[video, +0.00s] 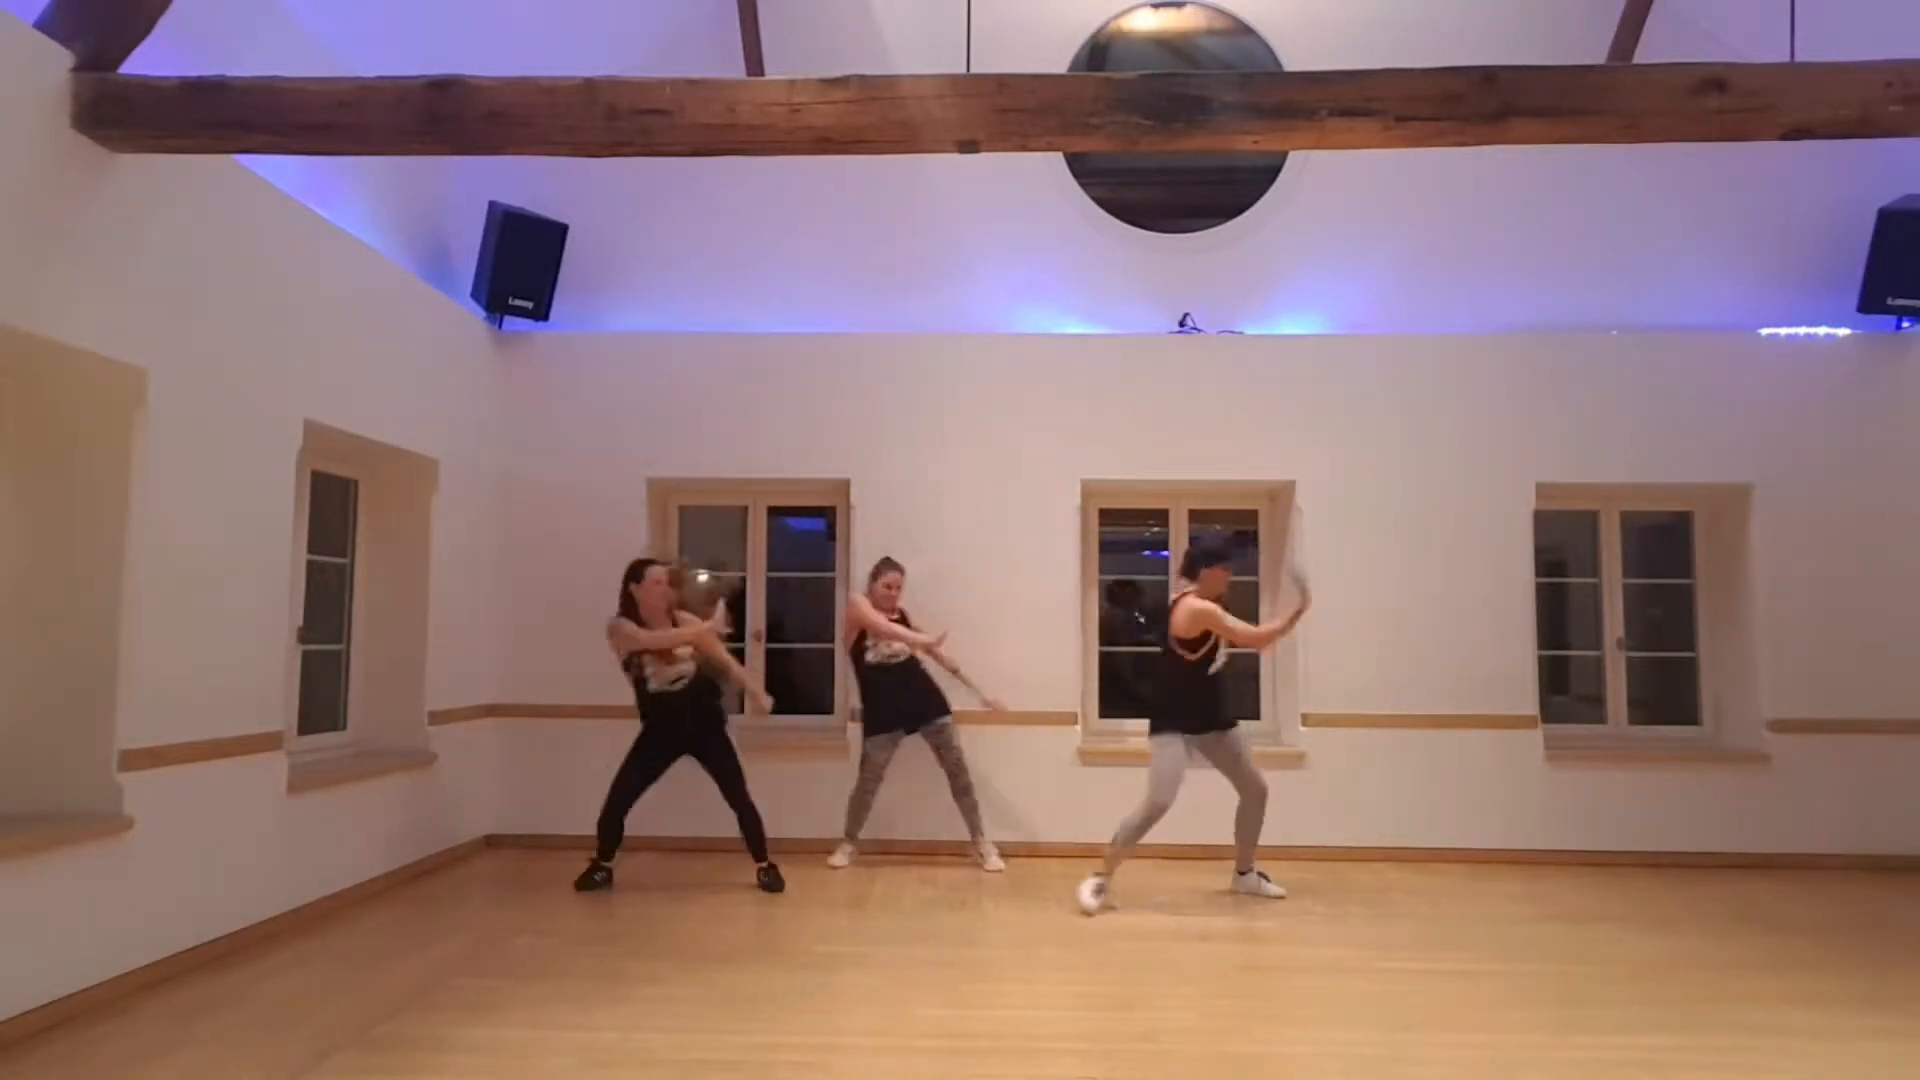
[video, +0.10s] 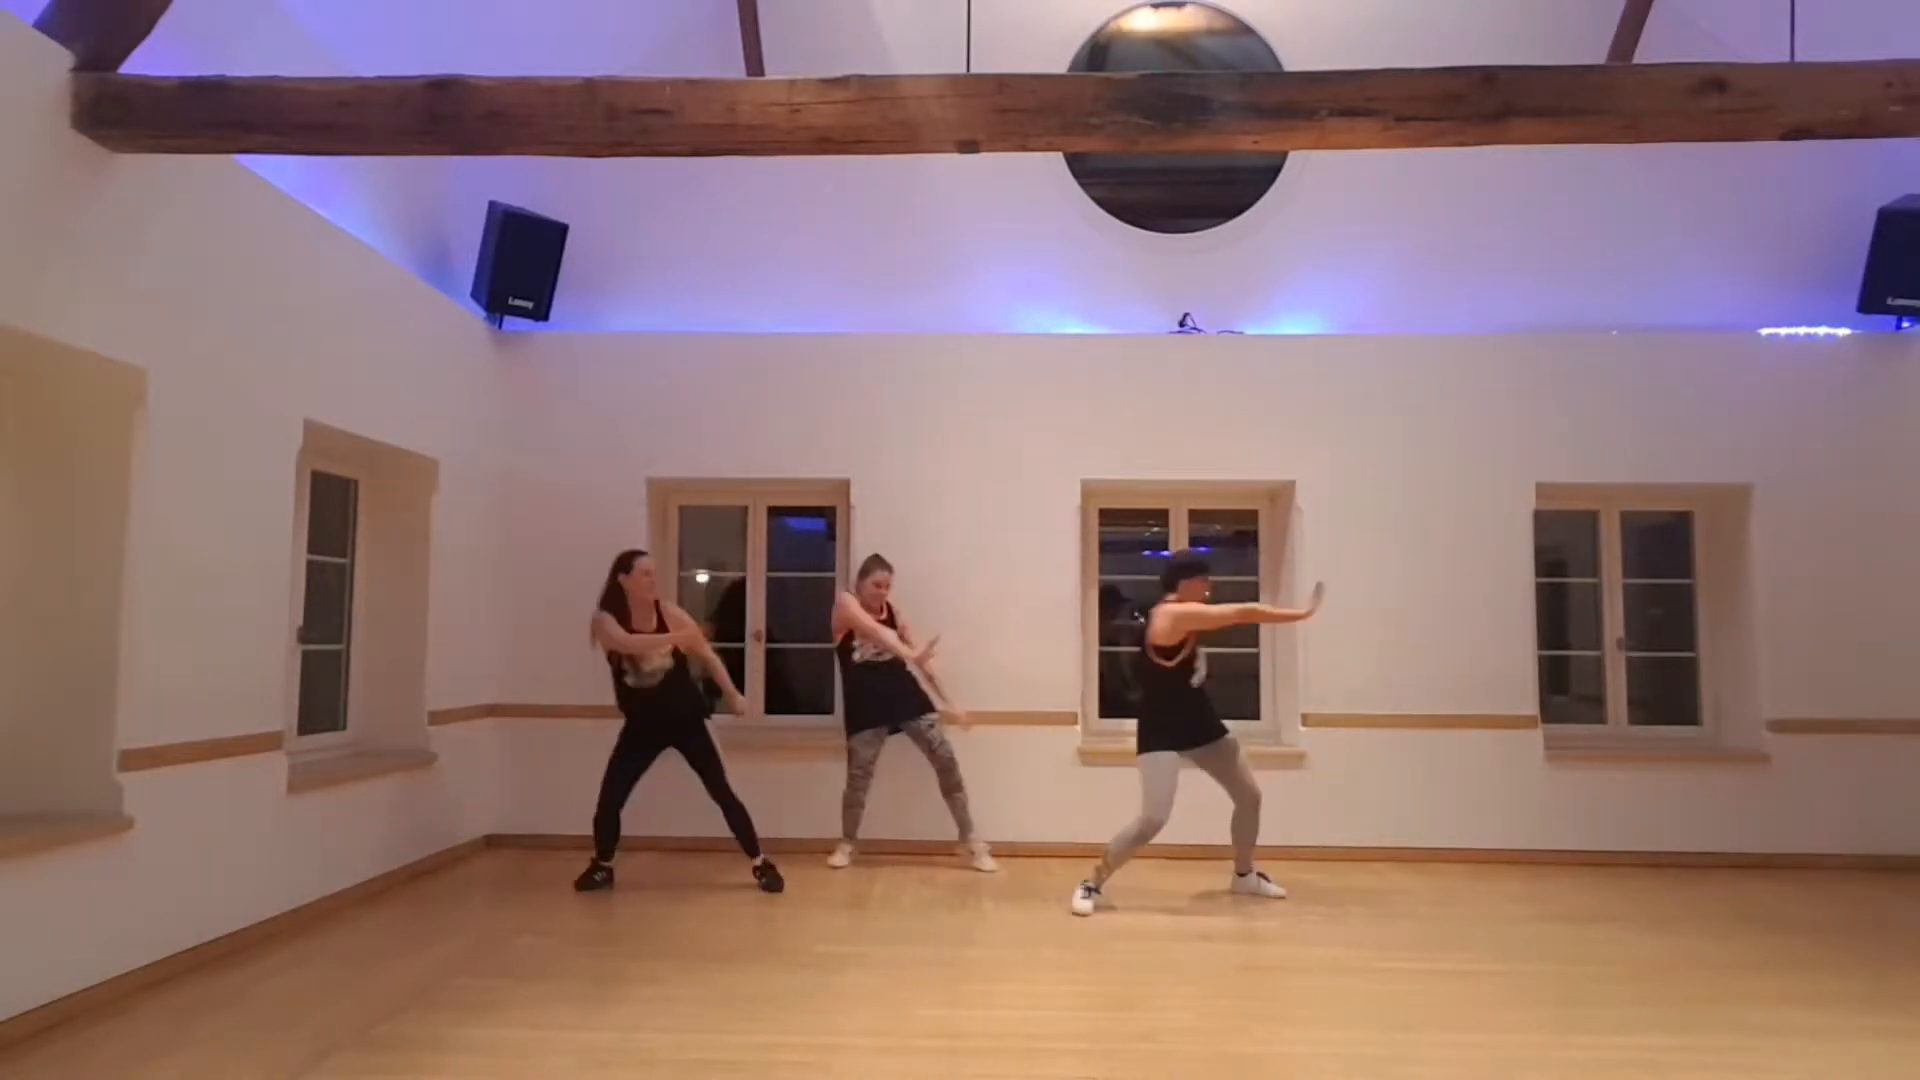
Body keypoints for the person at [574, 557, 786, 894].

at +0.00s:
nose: (665, 590)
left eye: (668, 584)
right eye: (657, 584)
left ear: (673, 590)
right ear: (634, 590)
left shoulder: (686, 621)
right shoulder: (620, 628)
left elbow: (723, 659)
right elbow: (644, 641)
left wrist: (756, 691)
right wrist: (706, 629)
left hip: (705, 730)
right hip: (660, 734)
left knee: (739, 799)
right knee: (617, 800)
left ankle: (764, 865)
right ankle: (602, 865)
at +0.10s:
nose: (653, 580)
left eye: (654, 574)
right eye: (645, 574)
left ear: (655, 579)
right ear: (623, 580)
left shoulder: (672, 615)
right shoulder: (606, 620)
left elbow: (706, 654)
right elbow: (623, 644)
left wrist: (732, 693)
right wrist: (676, 639)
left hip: (686, 721)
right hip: (642, 726)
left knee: (721, 792)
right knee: (609, 798)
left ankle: (759, 862)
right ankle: (602, 865)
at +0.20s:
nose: (650, 562)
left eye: (651, 556)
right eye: (642, 556)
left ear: (651, 561)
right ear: (619, 561)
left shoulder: (666, 597)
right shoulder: (600, 602)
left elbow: (701, 636)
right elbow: (597, 640)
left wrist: (721, 678)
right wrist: (628, 663)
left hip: (672, 702)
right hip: (629, 706)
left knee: (705, 779)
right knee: (610, 789)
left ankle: (745, 856)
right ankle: (603, 864)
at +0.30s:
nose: (652, 550)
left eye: (653, 544)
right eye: (645, 545)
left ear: (653, 548)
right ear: (623, 549)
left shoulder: (666, 585)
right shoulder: (596, 592)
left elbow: (704, 614)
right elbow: (555, 627)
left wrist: (712, 661)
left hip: (665, 694)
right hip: (621, 696)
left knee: (689, 772)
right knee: (609, 782)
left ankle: (708, 852)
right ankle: (603, 863)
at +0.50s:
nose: (659, 568)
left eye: (658, 561)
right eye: (651, 562)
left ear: (658, 566)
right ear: (630, 567)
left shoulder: (667, 602)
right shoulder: (607, 610)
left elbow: (699, 628)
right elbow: (564, 646)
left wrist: (689, 620)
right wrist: (531, 685)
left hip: (649, 710)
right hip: (607, 709)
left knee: (657, 790)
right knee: (600, 788)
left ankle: (638, 857)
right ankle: (602, 863)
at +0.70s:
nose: (656, 582)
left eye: (657, 576)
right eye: (648, 576)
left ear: (660, 581)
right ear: (626, 582)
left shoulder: (671, 619)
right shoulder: (607, 622)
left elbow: (703, 627)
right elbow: (569, 660)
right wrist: (534, 694)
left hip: (646, 721)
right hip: (605, 718)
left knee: (636, 796)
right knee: (594, 793)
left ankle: (633, 863)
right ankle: (601, 864)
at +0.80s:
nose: (649, 562)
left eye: (655, 557)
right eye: (642, 556)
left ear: (664, 562)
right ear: (627, 560)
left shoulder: (673, 602)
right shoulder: (608, 602)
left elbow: (719, 626)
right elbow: (578, 645)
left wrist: (700, 617)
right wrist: (545, 689)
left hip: (654, 702)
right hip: (614, 700)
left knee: (645, 786)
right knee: (598, 782)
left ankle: (646, 856)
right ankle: (602, 862)